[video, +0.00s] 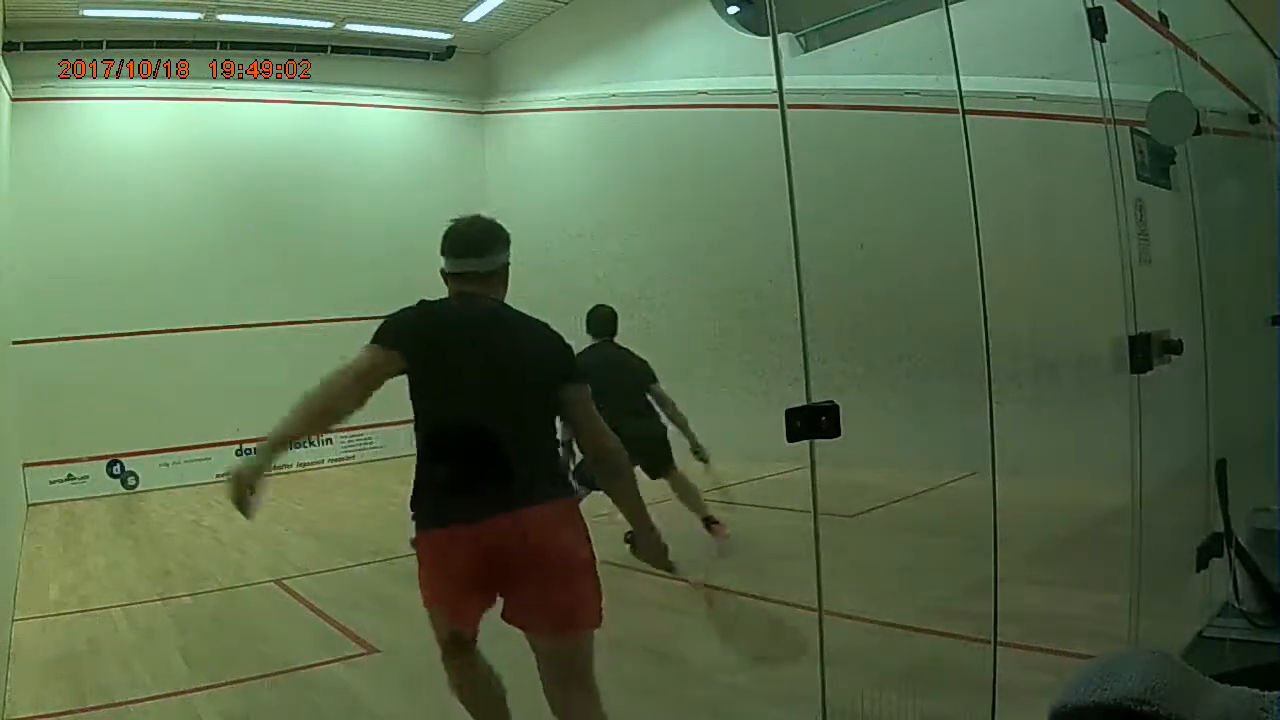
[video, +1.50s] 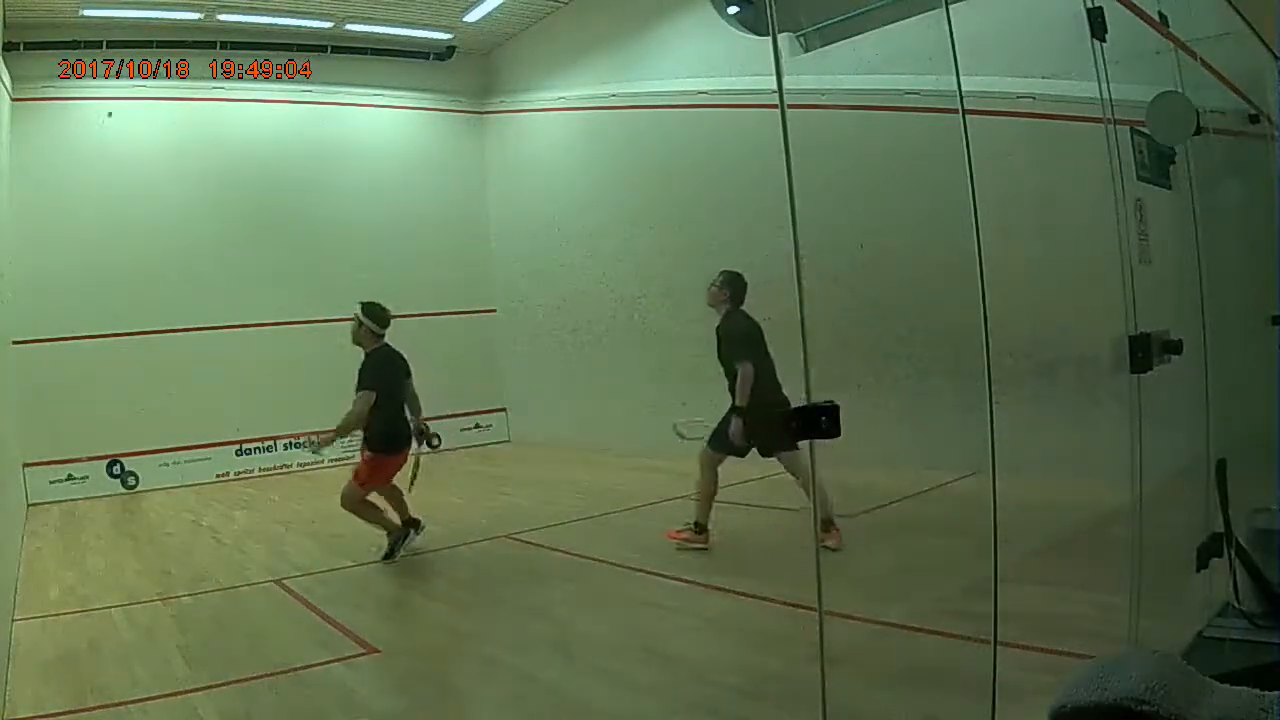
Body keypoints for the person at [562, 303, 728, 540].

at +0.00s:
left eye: (594, 326)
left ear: (588, 329)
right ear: (615, 328)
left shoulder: (578, 365)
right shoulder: (632, 360)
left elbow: (568, 415)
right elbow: (666, 404)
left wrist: (566, 450)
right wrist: (692, 439)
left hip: (607, 444)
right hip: (648, 434)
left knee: (620, 485)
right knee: (672, 473)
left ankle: (643, 533)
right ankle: (707, 518)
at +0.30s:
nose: (749, 332)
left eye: (740, 328)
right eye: (753, 328)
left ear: (728, 329)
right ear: (755, 329)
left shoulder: (716, 353)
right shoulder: (766, 361)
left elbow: (682, 378)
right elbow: (804, 389)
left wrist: (655, 411)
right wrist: (840, 410)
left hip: (705, 429)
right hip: (742, 432)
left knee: (670, 479)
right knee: (778, 465)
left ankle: (629, 539)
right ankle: (802, 514)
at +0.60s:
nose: (815, 311)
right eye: (819, 305)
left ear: (796, 302)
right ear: (822, 306)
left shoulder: (778, 330)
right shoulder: (825, 335)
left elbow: (749, 368)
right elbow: (859, 368)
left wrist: (744, 400)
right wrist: (896, 398)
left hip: (764, 408)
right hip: (797, 408)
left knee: (769, 471)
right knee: (816, 449)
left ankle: (780, 518)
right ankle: (807, 513)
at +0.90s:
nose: (807, 297)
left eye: (810, 292)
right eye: (809, 292)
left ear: (818, 296)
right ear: (836, 300)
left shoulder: (798, 328)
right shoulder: (851, 326)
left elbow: (781, 365)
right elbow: (876, 358)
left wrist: (775, 396)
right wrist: (902, 393)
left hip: (809, 414)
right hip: (845, 409)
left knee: (808, 470)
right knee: (869, 462)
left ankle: (811, 528)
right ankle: (903, 517)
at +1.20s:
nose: (774, 267)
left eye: (778, 263)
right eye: (776, 262)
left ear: (788, 269)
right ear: (804, 271)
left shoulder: (770, 300)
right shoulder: (821, 303)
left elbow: (776, 333)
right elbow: (837, 348)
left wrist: (782, 373)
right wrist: (850, 388)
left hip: (787, 396)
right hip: (824, 393)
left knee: (784, 458)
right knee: (844, 450)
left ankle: (809, 520)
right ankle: (870, 510)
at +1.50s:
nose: (709, 289)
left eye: (713, 286)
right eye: (712, 285)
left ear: (724, 294)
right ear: (731, 296)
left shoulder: (730, 326)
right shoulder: (745, 322)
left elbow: (746, 370)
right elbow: (757, 367)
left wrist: (738, 415)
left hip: (749, 409)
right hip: (772, 407)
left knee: (708, 459)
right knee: (798, 468)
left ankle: (699, 529)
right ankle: (830, 528)